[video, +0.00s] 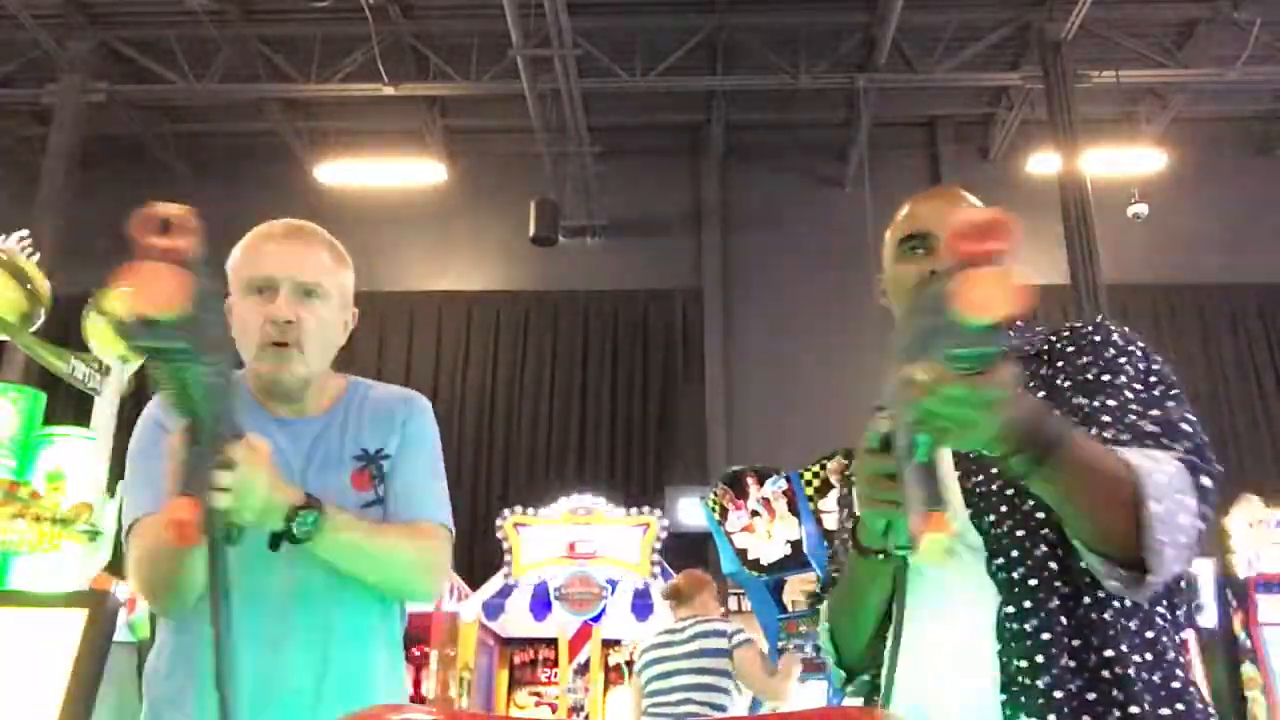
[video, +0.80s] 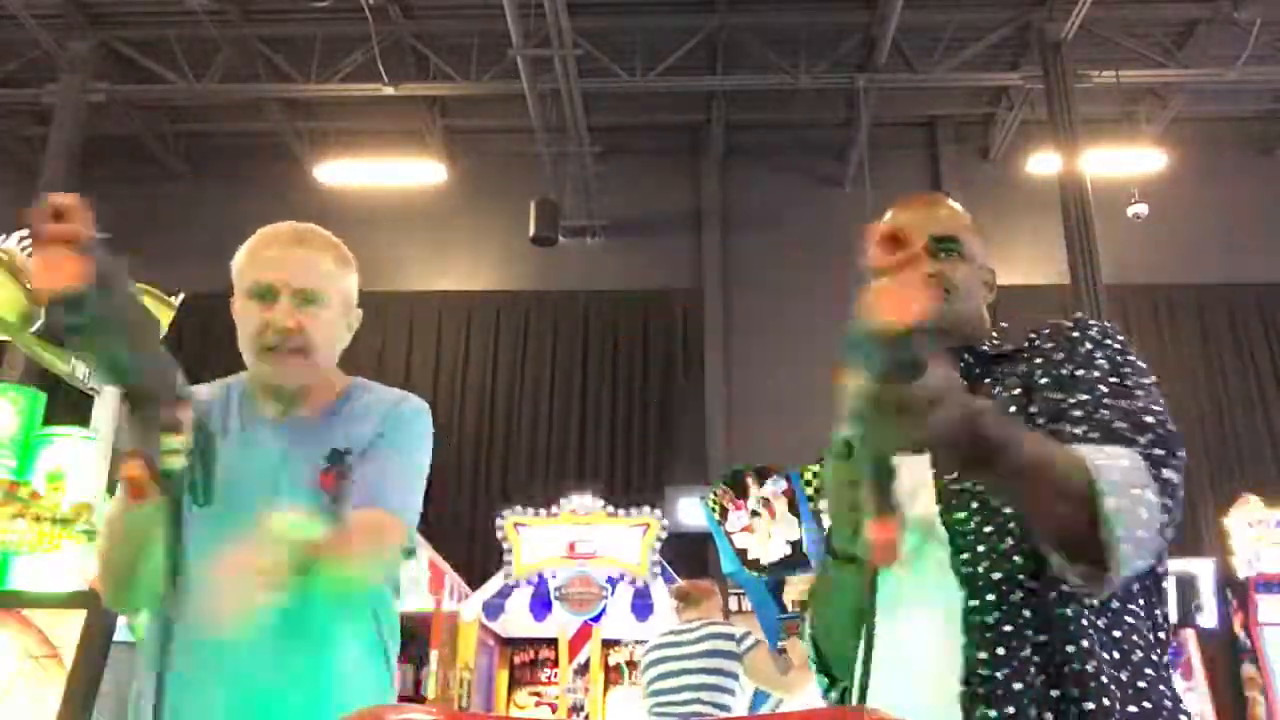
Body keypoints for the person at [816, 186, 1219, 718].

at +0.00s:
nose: (945, 266)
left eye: (973, 245)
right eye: (916, 247)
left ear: (1004, 268)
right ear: (884, 288)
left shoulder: (1090, 356)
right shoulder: (894, 426)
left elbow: (1167, 534)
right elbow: (852, 654)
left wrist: (1030, 437)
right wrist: (873, 538)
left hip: (1108, 697)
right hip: (935, 704)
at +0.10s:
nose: (926, 265)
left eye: (951, 250)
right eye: (899, 251)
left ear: (986, 283)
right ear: (872, 290)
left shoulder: (1095, 396)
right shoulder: (847, 470)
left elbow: (1216, 571)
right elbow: (823, 653)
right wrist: (896, 535)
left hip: (1109, 703)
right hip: (927, 707)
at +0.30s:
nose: (912, 270)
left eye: (937, 254)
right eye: (884, 253)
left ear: (972, 286)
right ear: (853, 293)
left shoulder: (1092, 414)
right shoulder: (829, 476)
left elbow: (1186, 572)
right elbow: (803, 664)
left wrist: (1074, 475)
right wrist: (859, 554)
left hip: (1081, 701)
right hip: (901, 704)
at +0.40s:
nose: (907, 276)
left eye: (930, 255)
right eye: (880, 263)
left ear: (967, 280)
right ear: (856, 290)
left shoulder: (1054, 357)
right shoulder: (869, 421)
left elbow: (1109, 539)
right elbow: (818, 665)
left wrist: (955, 448)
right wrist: (838, 554)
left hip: (1077, 696)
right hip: (915, 700)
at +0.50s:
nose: (894, 276)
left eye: (922, 257)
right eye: (871, 264)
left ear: (974, 281)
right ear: (854, 299)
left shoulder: (1047, 346)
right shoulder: (884, 445)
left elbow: (1046, 518)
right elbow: (845, 666)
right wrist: (825, 535)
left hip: (1050, 699)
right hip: (900, 702)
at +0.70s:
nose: (905, 274)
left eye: (931, 254)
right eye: (882, 263)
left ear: (984, 278)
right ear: (865, 297)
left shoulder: (1058, 343)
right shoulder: (895, 445)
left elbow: (1073, 511)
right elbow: (864, 665)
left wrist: (874, 455)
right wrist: (827, 551)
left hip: (1066, 701)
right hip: (925, 707)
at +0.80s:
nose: (925, 268)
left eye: (946, 248)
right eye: (900, 254)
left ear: (987, 278)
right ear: (878, 282)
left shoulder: (1078, 352)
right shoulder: (874, 413)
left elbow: (1128, 528)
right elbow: (840, 660)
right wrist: (851, 534)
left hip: (1093, 696)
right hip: (921, 701)